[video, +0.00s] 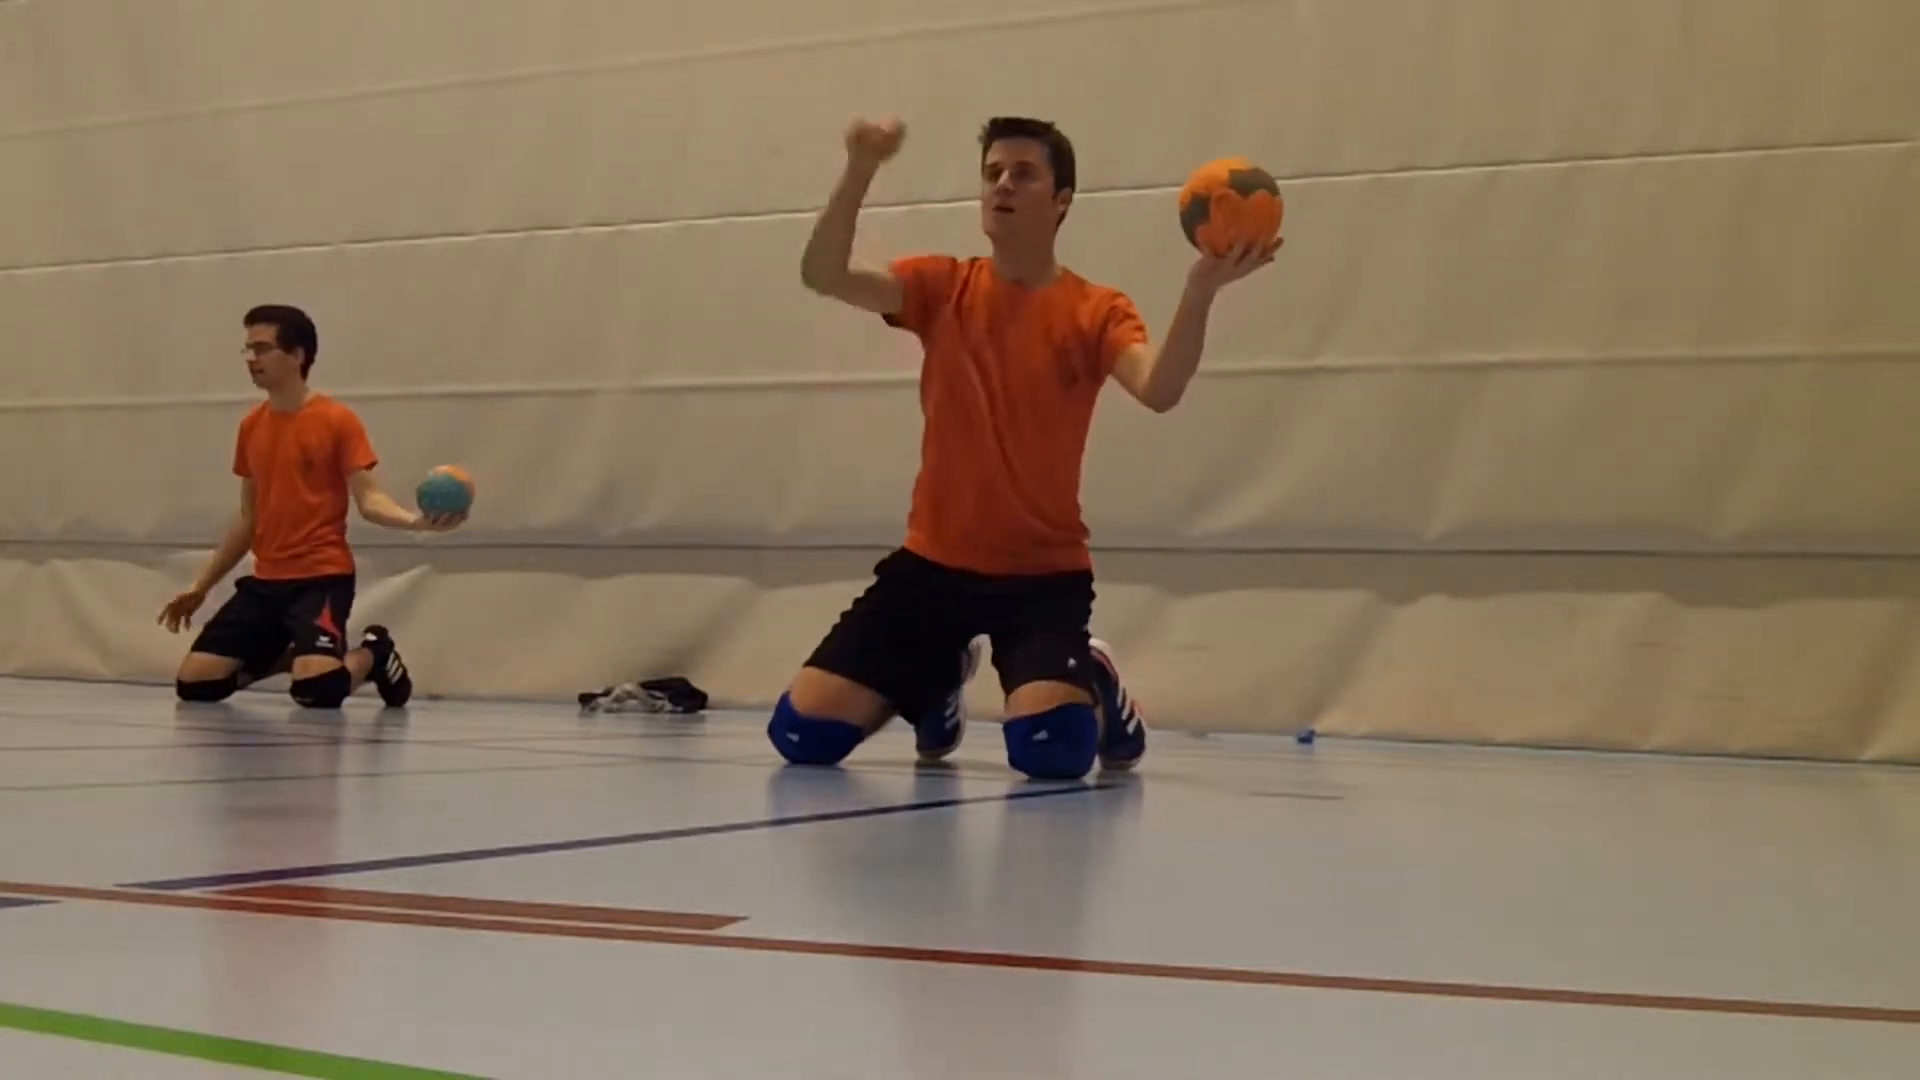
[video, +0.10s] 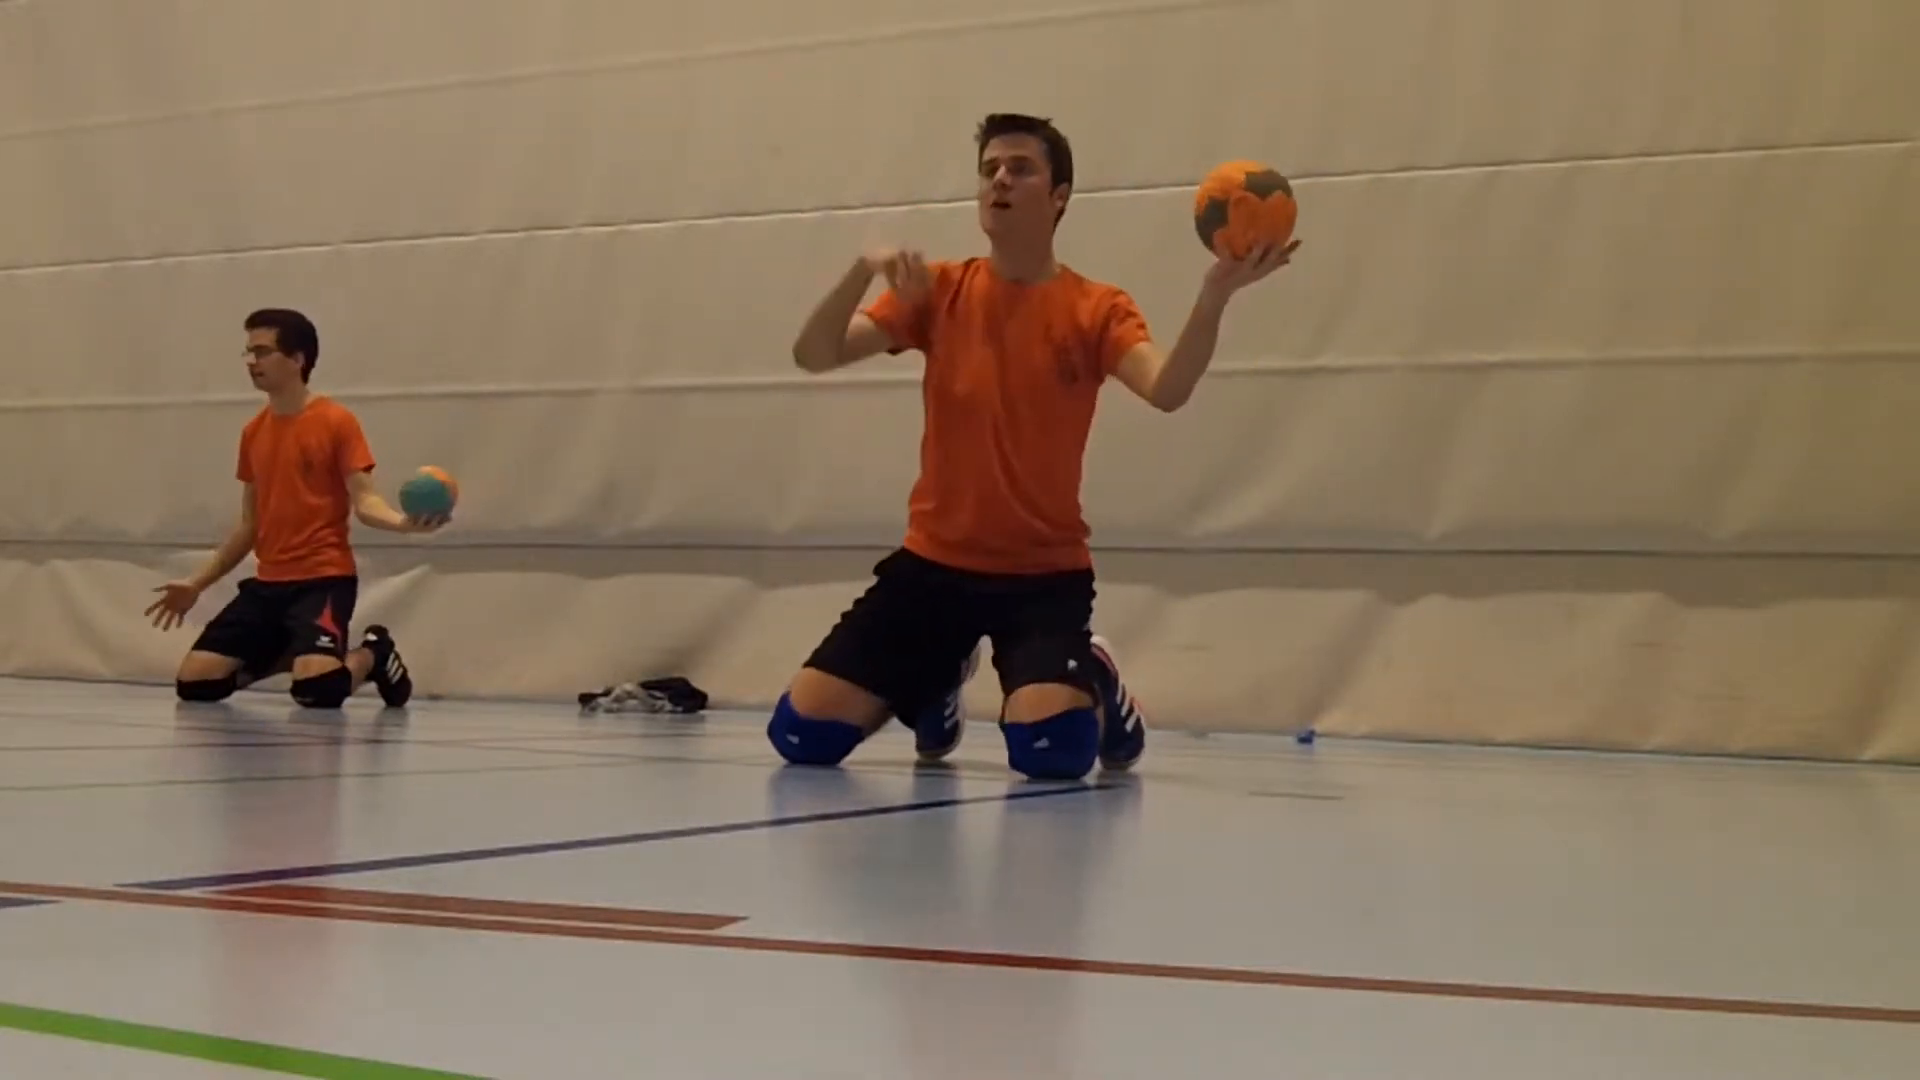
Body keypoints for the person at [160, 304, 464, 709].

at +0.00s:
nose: (250, 359)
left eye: (262, 348)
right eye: (248, 349)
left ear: (299, 356)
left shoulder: (336, 420)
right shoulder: (254, 425)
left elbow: (368, 498)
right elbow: (248, 520)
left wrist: (416, 520)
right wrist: (199, 589)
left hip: (323, 579)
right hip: (266, 582)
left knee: (315, 691)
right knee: (195, 684)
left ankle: (375, 653)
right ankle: (299, 655)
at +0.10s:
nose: (250, 362)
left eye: (261, 351)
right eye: (248, 352)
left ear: (298, 360)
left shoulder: (335, 422)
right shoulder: (255, 432)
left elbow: (364, 500)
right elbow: (249, 526)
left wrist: (404, 522)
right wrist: (196, 585)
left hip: (324, 582)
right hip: (268, 585)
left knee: (314, 692)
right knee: (194, 684)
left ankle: (375, 653)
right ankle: (302, 653)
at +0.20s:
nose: (248, 367)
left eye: (259, 357)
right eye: (247, 358)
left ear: (296, 364)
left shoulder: (332, 421)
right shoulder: (257, 438)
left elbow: (359, 500)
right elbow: (247, 531)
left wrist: (391, 521)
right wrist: (179, 573)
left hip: (327, 584)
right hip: (271, 588)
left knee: (317, 692)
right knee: (195, 683)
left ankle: (377, 654)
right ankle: (306, 654)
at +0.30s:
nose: (238, 378)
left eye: (250, 368)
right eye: (238, 369)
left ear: (285, 375)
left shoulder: (324, 430)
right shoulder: (250, 452)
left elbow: (352, 507)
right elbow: (218, 536)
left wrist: (379, 518)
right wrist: (136, 554)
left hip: (333, 589)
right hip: (277, 594)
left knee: (322, 690)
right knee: (194, 682)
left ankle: (380, 654)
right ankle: (301, 657)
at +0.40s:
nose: (234, 386)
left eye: (243, 375)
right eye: (234, 376)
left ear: (279, 380)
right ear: (261, 383)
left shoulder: (321, 434)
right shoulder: (248, 455)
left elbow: (340, 515)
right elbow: (200, 527)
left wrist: (363, 517)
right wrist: (115, 513)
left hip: (328, 591)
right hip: (274, 597)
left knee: (329, 689)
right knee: (189, 683)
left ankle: (394, 652)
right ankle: (299, 658)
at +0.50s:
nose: (246, 377)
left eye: (255, 367)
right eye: (247, 367)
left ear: (289, 371)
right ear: (276, 372)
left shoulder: (329, 428)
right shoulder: (258, 437)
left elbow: (346, 515)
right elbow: (226, 508)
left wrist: (355, 512)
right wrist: (144, 492)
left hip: (325, 585)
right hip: (270, 590)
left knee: (328, 685)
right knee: (188, 683)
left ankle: (386, 649)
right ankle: (298, 657)